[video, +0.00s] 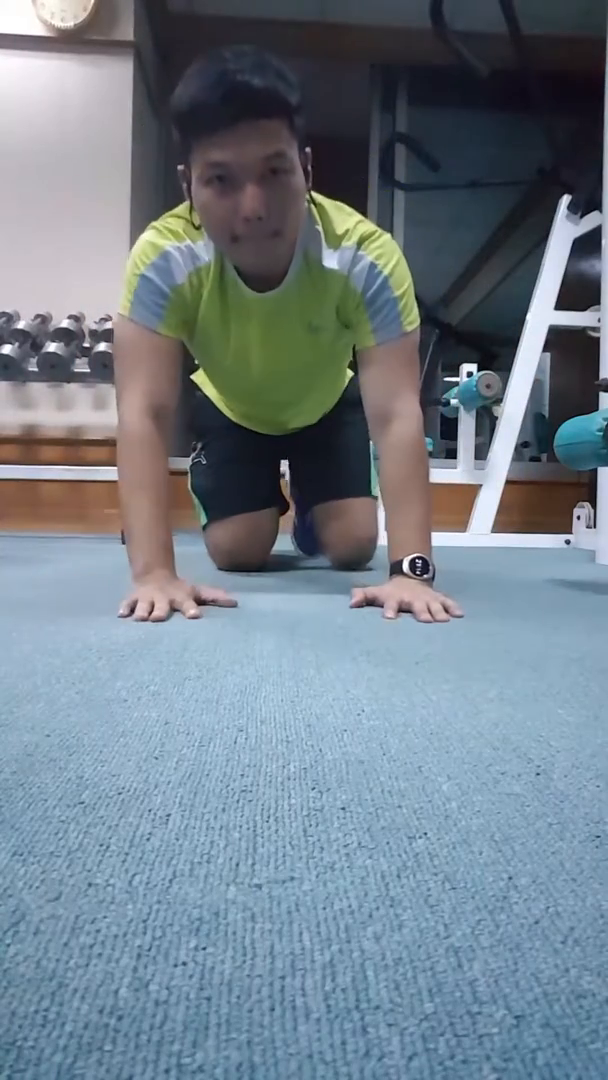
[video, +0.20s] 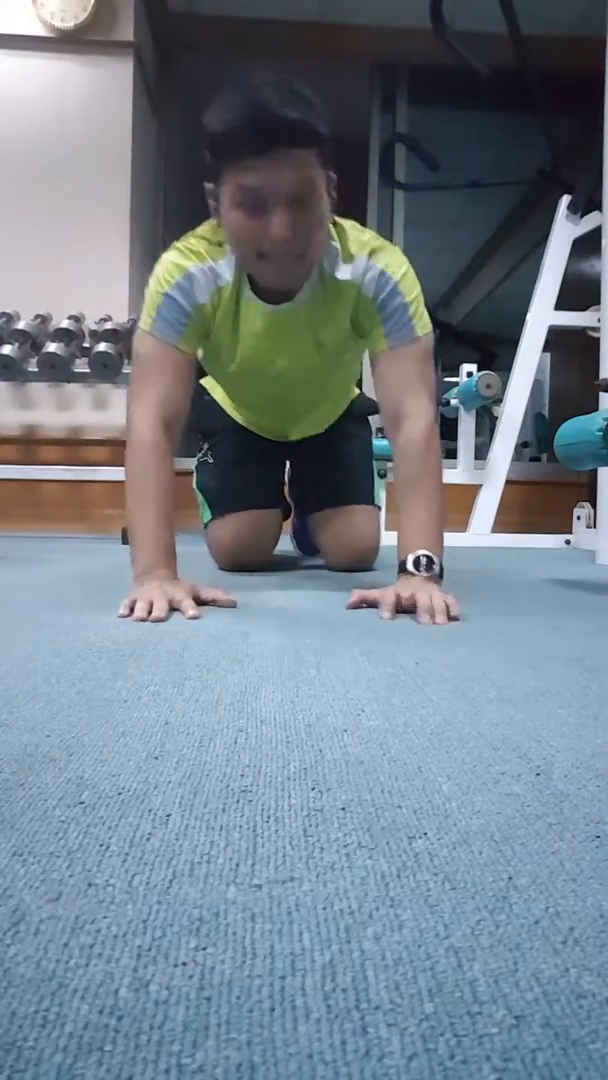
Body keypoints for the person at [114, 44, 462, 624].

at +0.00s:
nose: (254, 206)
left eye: (274, 172)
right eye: (221, 180)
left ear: (305, 167)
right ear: (188, 185)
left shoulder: (367, 258)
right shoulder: (164, 257)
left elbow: (396, 415)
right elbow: (144, 414)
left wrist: (412, 570)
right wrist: (154, 571)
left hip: (328, 395)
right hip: (227, 400)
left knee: (352, 547)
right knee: (238, 553)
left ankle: (310, 514)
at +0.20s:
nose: (279, 231)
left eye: (299, 201)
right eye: (252, 205)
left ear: (331, 191)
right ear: (215, 204)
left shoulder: (379, 273)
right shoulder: (186, 275)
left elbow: (413, 421)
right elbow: (151, 425)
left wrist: (421, 569)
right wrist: (155, 572)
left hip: (333, 406)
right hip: (234, 407)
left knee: (353, 551)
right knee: (241, 553)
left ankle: (306, 518)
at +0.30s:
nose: (306, 273)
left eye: (327, 251)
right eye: (281, 252)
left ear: (352, 227)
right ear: (241, 221)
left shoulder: (389, 287)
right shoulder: (198, 291)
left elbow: (419, 432)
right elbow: (142, 430)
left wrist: (425, 573)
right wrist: (160, 556)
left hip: (341, 412)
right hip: (244, 412)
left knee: (359, 551)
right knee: (244, 552)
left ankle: (310, 517)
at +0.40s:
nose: (320, 318)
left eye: (342, 296)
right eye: (300, 292)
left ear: (368, 271)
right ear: (263, 244)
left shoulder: (396, 292)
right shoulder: (207, 301)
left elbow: (422, 427)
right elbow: (141, 420)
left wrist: (425, 571)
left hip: (345, 412)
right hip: (249, 412)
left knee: (360, 553)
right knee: (245, 554)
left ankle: (311, 516)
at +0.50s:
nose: (322, 340)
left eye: (342, 329)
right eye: (306, 323)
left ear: (375, 302)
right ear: (276, 266)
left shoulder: (405, 297)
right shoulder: (219, 295)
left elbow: (425, 429)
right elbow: (147, 448)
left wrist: (424, 572)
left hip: (349, 414)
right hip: (253, 409)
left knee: (360, 551)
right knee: (246, 550)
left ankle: (310, 520)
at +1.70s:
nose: (314, 284)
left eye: (338, 260)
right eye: (291, 257)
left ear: (363, 240)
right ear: (255, 228)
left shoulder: (393, 289)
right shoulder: (211, 286)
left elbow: (422, 425)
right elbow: (161, 398)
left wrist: (425, 572)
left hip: (345, 418)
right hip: (249, 415)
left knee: (358, 551)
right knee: (245, 552)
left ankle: (309, 516)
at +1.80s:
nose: (309, 273)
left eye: (331, 248)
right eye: (286, 247)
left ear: (358, 230)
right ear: (251, 225)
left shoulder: (391, 290)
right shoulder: (211, 288)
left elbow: (420, 427)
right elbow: (152, 409)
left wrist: (424, 572)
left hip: (346, 420)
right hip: (252, 417)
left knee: (358, 552)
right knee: (250, 552)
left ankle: (310, 518)